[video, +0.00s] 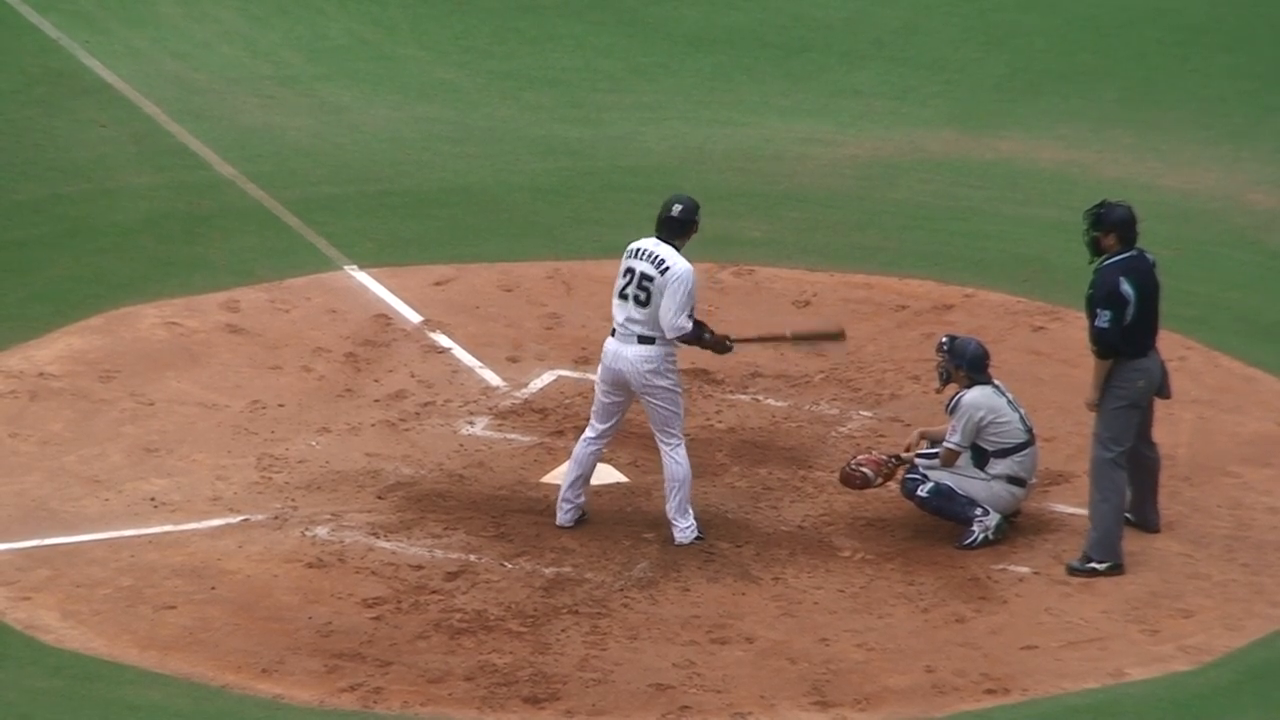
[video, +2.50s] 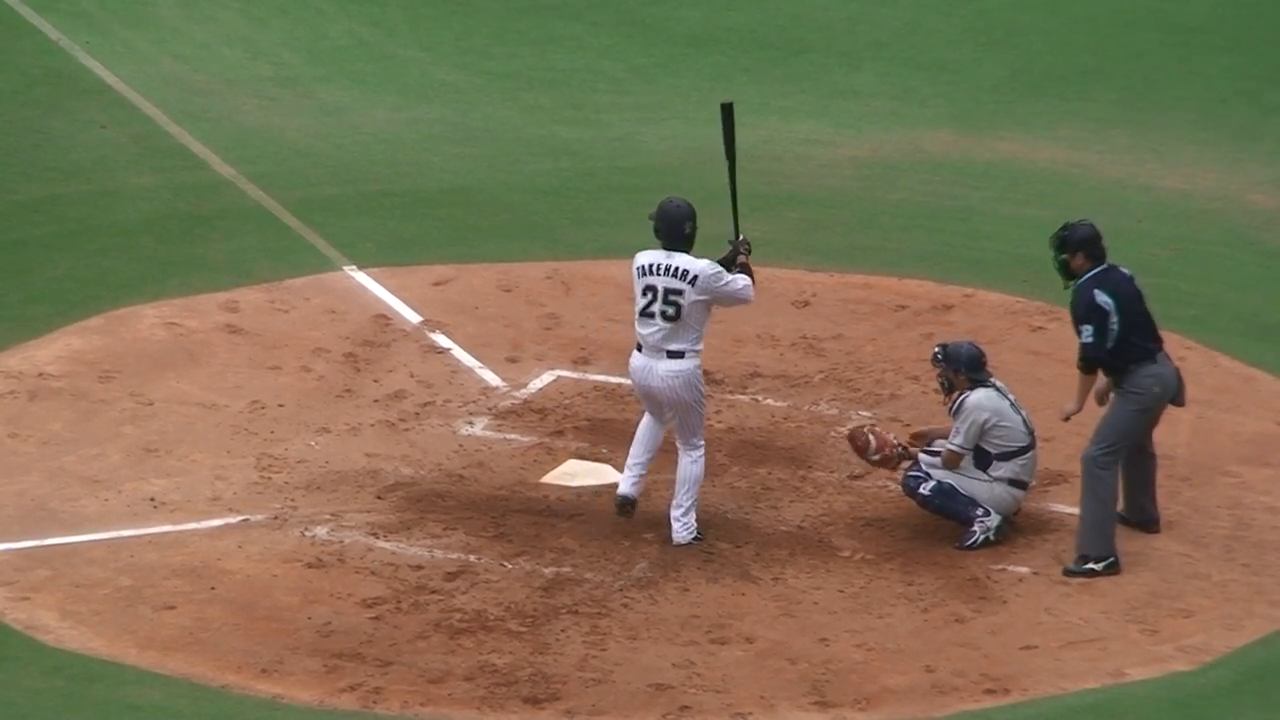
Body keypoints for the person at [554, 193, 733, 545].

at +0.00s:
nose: (693, 232)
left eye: (692, 227)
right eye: (693, 227)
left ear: (659, 221)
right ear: (690, 230)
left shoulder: (635, 248)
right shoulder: (680, 269)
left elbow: (656, 306)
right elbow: (676, 326)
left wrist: (698, 326)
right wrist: (710, 342)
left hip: (614, 350)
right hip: (652, 359)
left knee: (597, 431)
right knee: (671, 441)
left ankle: (567, 510)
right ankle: (683, 527)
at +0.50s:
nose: (641, 223)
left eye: (607, 218)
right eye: (641, 218)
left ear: (607, 223)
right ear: (640, 224)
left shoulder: (593, 250)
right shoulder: (651, 269)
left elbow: (627, 267)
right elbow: (679, 312)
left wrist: (670, 265)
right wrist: (685, 274)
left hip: (605, 355)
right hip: (645, 360)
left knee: (593, 431)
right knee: (666, 441)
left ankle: (566, 509)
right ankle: (681, 526)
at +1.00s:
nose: (605, 224)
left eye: (608, 221)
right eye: (644, 219)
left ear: (610, 225)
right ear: (643, 225)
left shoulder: (596, 254)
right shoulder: (660, 268)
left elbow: (627, 260)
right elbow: (700, 293)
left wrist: (660, 248)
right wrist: (684, 257)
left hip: (603, 362)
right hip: (645, 367)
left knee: (593, 437)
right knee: (670, 443)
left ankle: (566, 513)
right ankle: (678, 527)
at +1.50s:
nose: (625, 251)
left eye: (628, 247)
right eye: (628, 247)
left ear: (632, 252)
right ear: (663, 253)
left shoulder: (612, 288)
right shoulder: (682, 292)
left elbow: (640, 302)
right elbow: (715, 331)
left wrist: (671, 283)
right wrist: (700, 297)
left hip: (628, 389)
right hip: (672, 387)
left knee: (611, 443)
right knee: (675, 453)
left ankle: (569, 510)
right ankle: (686, 528)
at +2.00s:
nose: (631, 233)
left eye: (632, 229)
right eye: (669, 229)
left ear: (636, 234)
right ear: (669, 235)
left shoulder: (615, 267)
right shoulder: (677, 277)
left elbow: (645, 300)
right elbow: (699, 326)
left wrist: (687, 284)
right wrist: (700, 297)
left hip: (619, 369)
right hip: (660, 374)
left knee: (608, 437)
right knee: (683, 447)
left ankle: (568, 509)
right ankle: (682, 528)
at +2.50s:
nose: (654, 229)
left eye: (656, 225)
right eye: (693, 225)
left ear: (658, 230)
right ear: (692, 232)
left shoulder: (641, 262)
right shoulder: (704, 273)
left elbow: (685, 279)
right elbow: (745, 292)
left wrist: (727, 258)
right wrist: (742, 263)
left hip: (641, 365)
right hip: (680, 371)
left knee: (655, 414)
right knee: (691, 446)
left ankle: (628, 486)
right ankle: (683, 527)